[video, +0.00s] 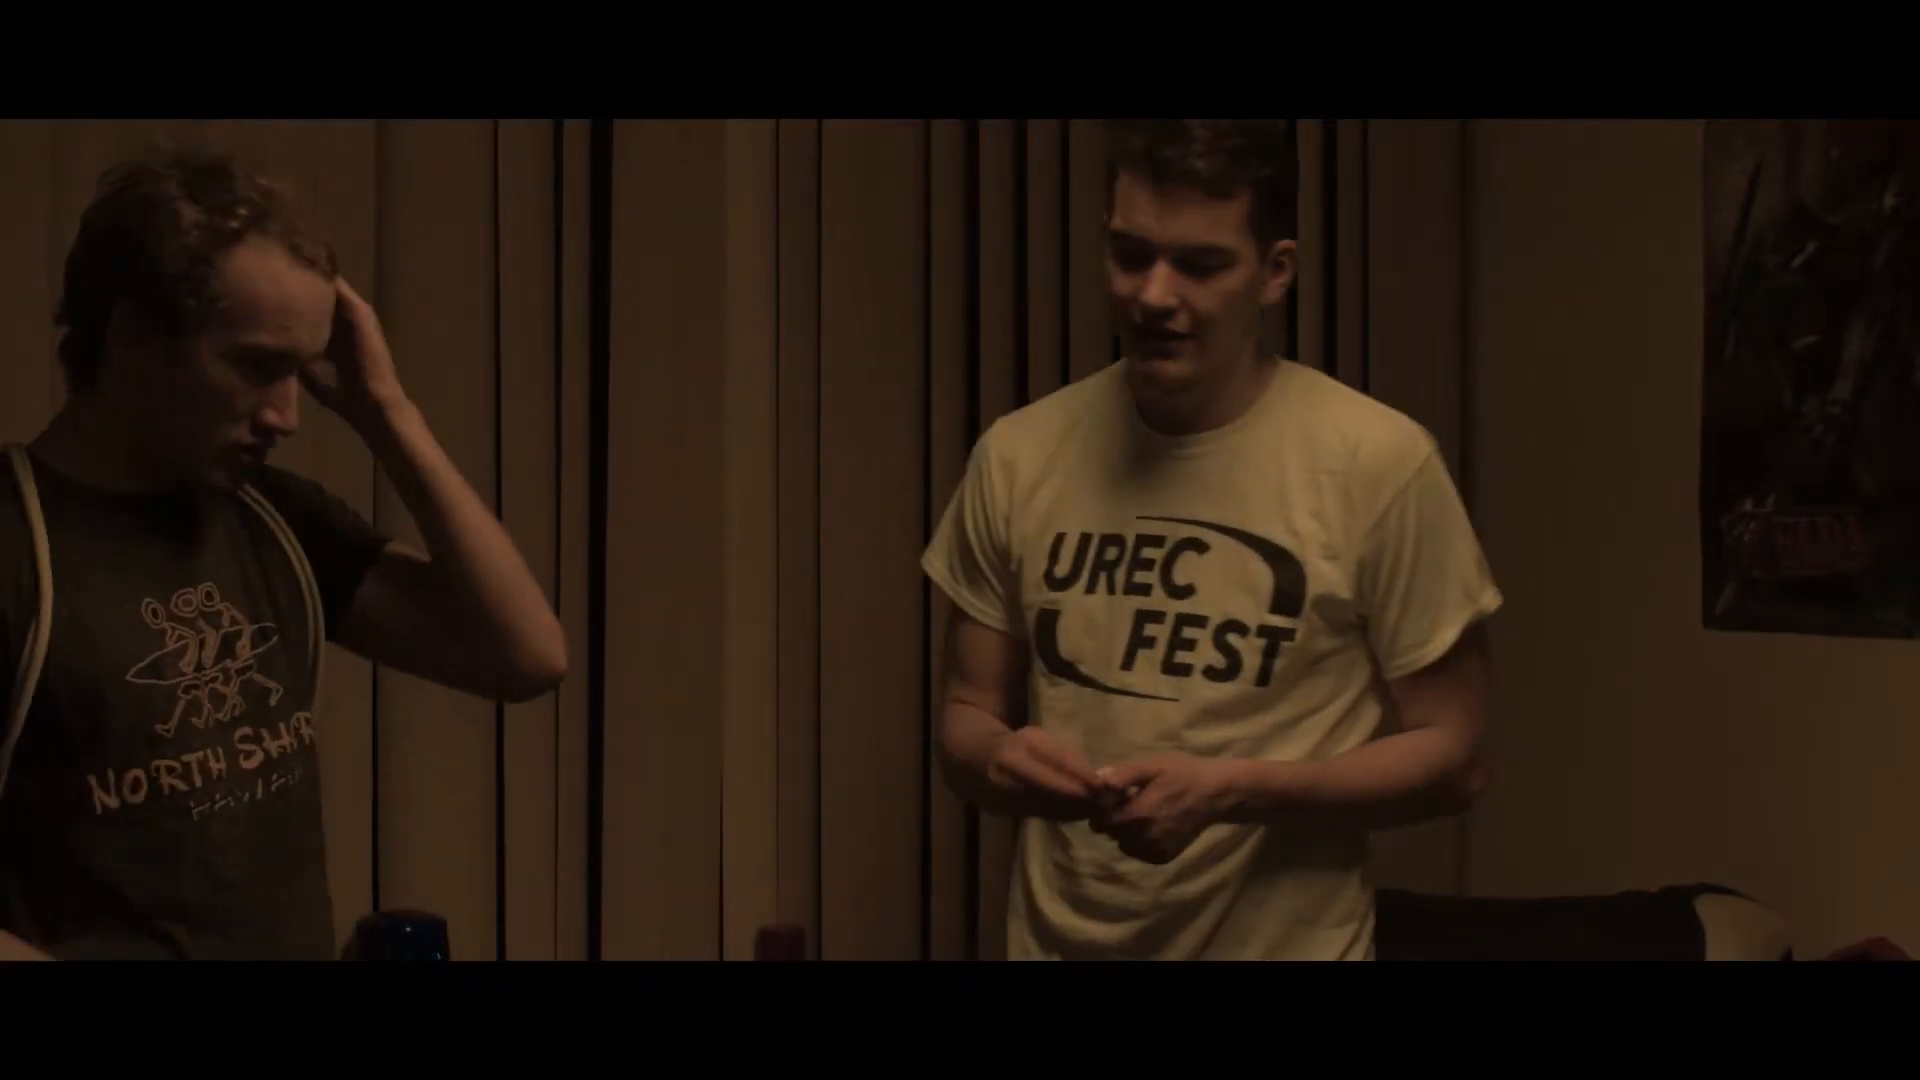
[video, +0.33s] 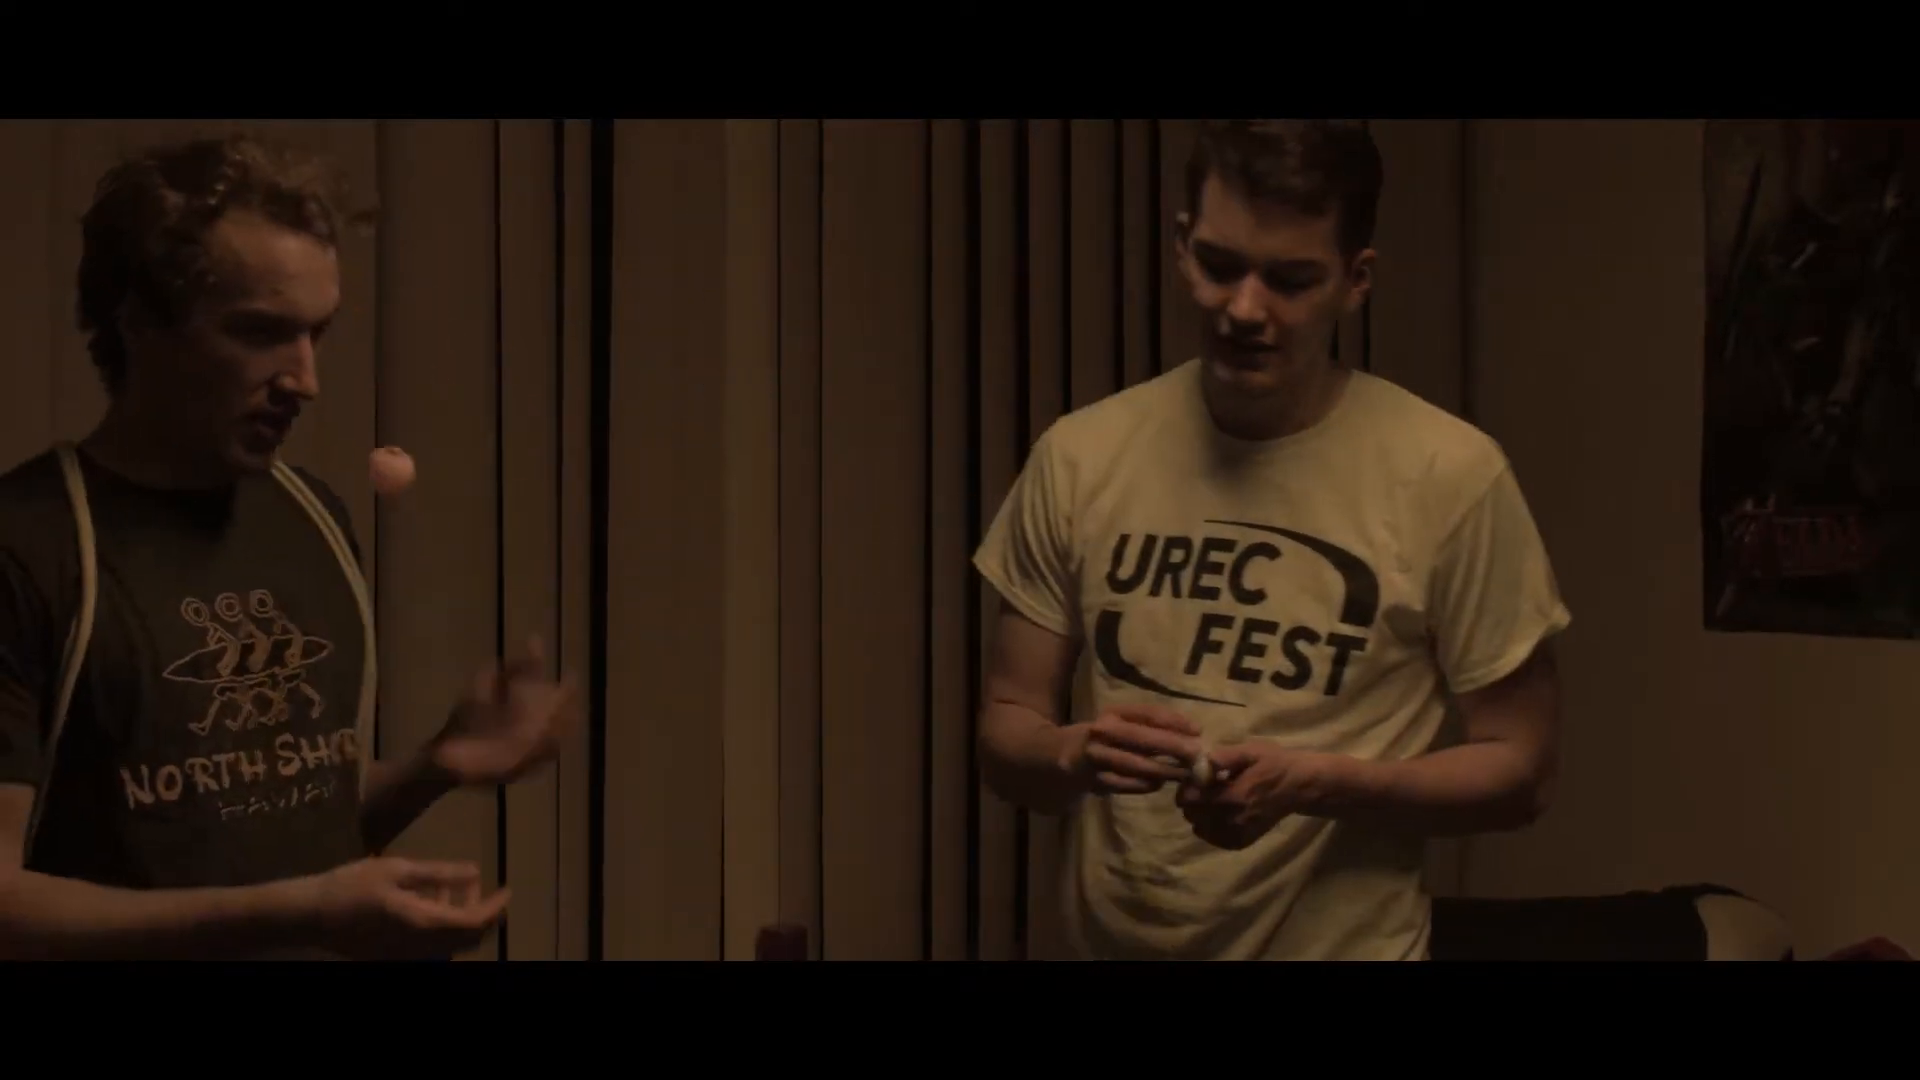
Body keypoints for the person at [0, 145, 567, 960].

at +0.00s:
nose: (287, 415)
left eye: (301, 374)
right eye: (256, 366)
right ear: (133, 336)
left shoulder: (271, 515)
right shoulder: (17, 534)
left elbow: (524, 657)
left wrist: (384, 412)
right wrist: (23, 949)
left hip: (292, 938)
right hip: (94, 947)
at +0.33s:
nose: (305, 381)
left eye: (316, 335)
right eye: (259, 333)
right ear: (141, 322)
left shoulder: (316, 515)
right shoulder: (29, 543)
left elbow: (312, 827)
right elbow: (8, 896)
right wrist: (309, 912)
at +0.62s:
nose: (400, 440)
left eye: (418, 398)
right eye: (369, 387)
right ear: (254, 359)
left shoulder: (339, 555)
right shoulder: (96, 580)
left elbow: (330, 836)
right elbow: (5, 893)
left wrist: (405, 767)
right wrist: (165, 958)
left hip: (358, 945)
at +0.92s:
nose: (435, 406)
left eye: (451, 370)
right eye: (402, 356)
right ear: (294, 347)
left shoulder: (374, 550)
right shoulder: (167, 555)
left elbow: (326, 830)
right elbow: (46, 884)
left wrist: (443, 823)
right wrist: (357, 953)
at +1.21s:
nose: (467, 407)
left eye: (487, 374)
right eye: (432, 360)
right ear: (330, 353)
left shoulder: (436, 558)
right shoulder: (200, 561)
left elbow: (388, 842)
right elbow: (98, 881)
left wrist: (523, 844)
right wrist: (407, 933)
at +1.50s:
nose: (441, 384)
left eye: (471, 352)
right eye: (405, 338)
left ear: (493, 370)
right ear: (326, 345)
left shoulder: (469, 553)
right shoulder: (208, 552)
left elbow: (467, 795)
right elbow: (133, 872)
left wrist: (554, 853)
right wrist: (439, 900)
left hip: (430, 954)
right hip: (250, 959)